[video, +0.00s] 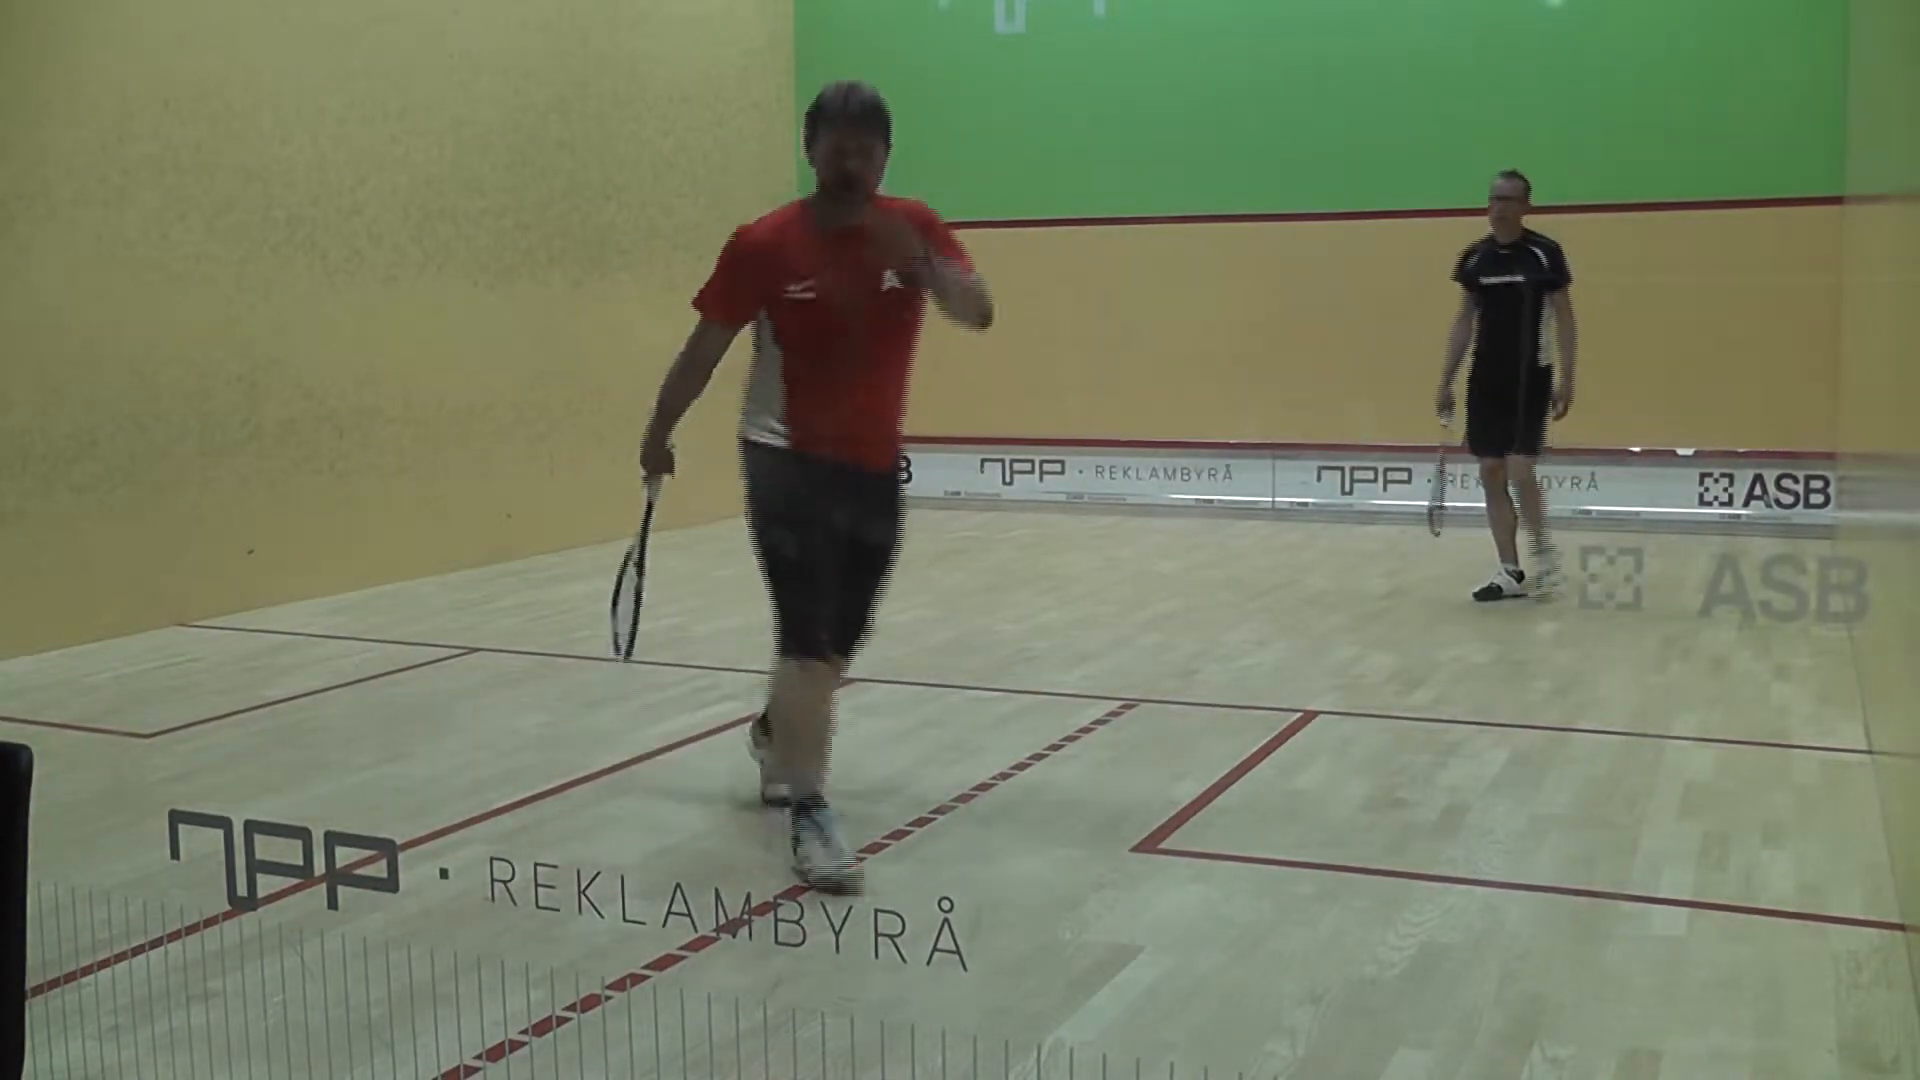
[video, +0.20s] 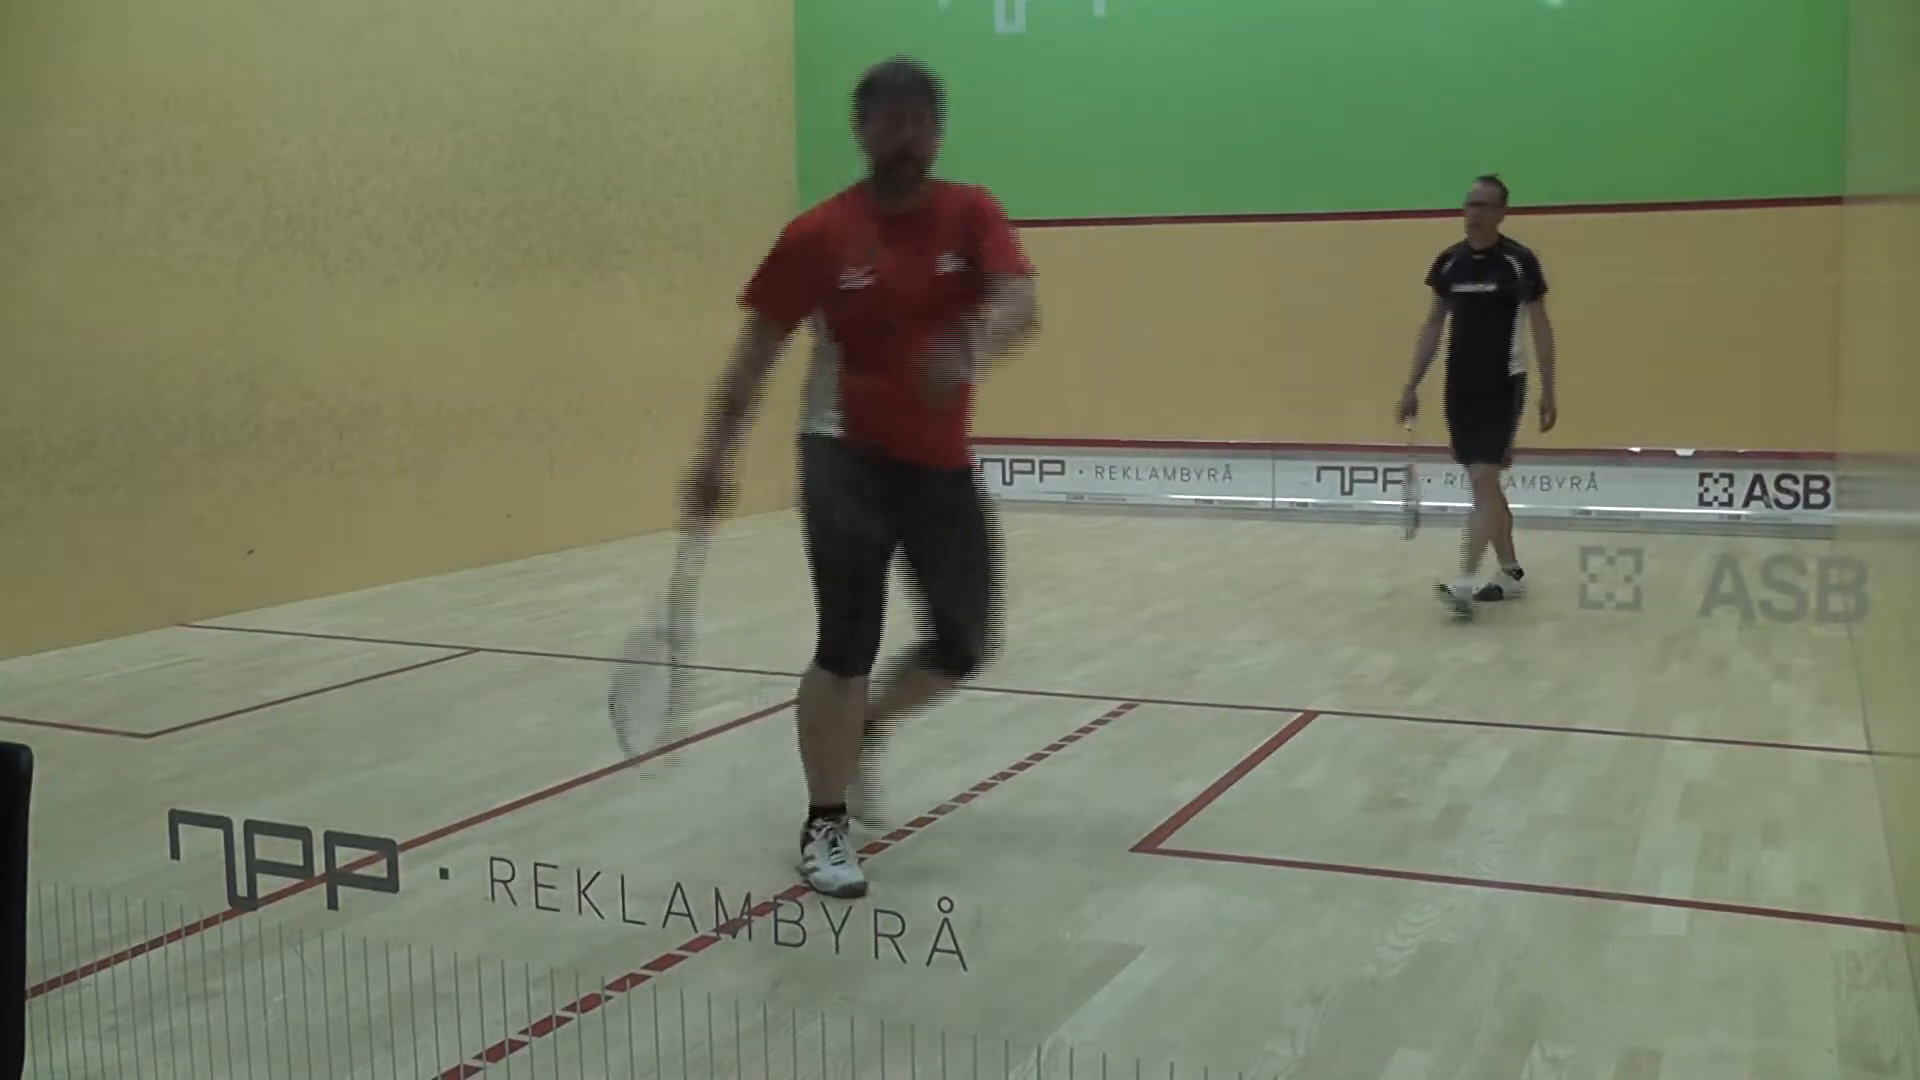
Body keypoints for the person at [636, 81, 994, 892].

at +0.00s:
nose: (846, 168)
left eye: (862, 153)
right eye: (833, 152)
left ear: (886, 155)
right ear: (808, 150)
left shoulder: (914, 226)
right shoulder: (765, 244)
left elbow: (979, 313)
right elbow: (705, 346)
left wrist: (923, 269)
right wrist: (656, 430)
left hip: (874, 464)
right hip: (788, 458)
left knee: (838, 639)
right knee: (810, 641)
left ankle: (775, 728)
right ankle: (812, 812)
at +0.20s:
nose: (899, 137)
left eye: (915, 120)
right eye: (884, 120)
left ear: (940, 128)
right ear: (858, 128)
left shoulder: (971, 214)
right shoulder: (819, 239)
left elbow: (1020, 305)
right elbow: (751, 356)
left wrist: (967, 348)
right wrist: (711, 465)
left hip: (939, 464)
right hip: (845, 458)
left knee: (961, 642)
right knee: (849, 639)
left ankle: (858, 717)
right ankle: (827, 820)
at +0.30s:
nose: (961, 113)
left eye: (974, 97)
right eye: (944, 98)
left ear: (994, 106)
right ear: (913, 106)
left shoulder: (1026, 208)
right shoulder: (872, 212)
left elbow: (1066, 324)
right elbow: (827, 338)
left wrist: (1062, 425)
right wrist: (819, 445)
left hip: (989, 455)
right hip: (887, 452)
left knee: (1050, 618)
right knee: (869, 631)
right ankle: (834, 818)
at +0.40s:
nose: (1017, 109)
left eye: (1026, 93)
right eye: (997, 95)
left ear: (1042, 104)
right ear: (960, 109)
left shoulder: (1064, 211)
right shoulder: (918, 212)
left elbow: (1089, 328)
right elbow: (880, 342)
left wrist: (1114, 416)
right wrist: (907, 442)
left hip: (1026, 462)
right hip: (924, 460)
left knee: (1089, 626)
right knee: (890, 637)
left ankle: (1105, 826)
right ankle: (839, 818)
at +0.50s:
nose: (1114, 121)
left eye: (1119, 105)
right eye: (1093, 105)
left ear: (1123, 119)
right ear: (1042, 117)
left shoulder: (1129, 216)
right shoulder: (1001, 218)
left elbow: (1136, 322)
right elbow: (953, 349)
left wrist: (1173, 406)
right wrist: (1018, 432)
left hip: (1106, 477)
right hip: (1007, 476)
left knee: (1167, 645)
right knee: (950, 657)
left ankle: (1155, 852)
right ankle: (854, 805)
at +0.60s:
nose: (1178, 121)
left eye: (1177, 105)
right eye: (1161, 106)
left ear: (1150, 120)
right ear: (1103, 118)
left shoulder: (1169, 215)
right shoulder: (1056, 216)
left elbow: (1176, 336)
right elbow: (1011, 346)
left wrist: (1215, 412)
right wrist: (1076, 435)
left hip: (1159, 471)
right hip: (1067, 470)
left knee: (1205, 646)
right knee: (1043, 661)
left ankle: (1159, 853)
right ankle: (902, 787)